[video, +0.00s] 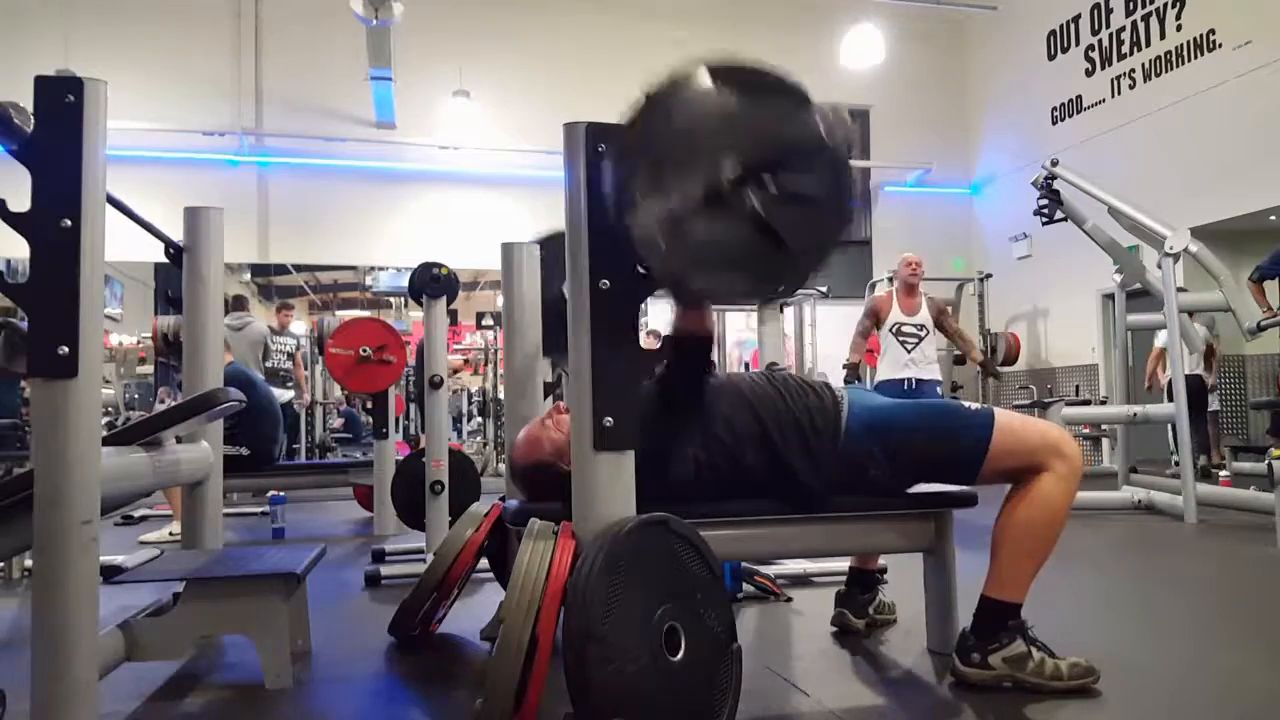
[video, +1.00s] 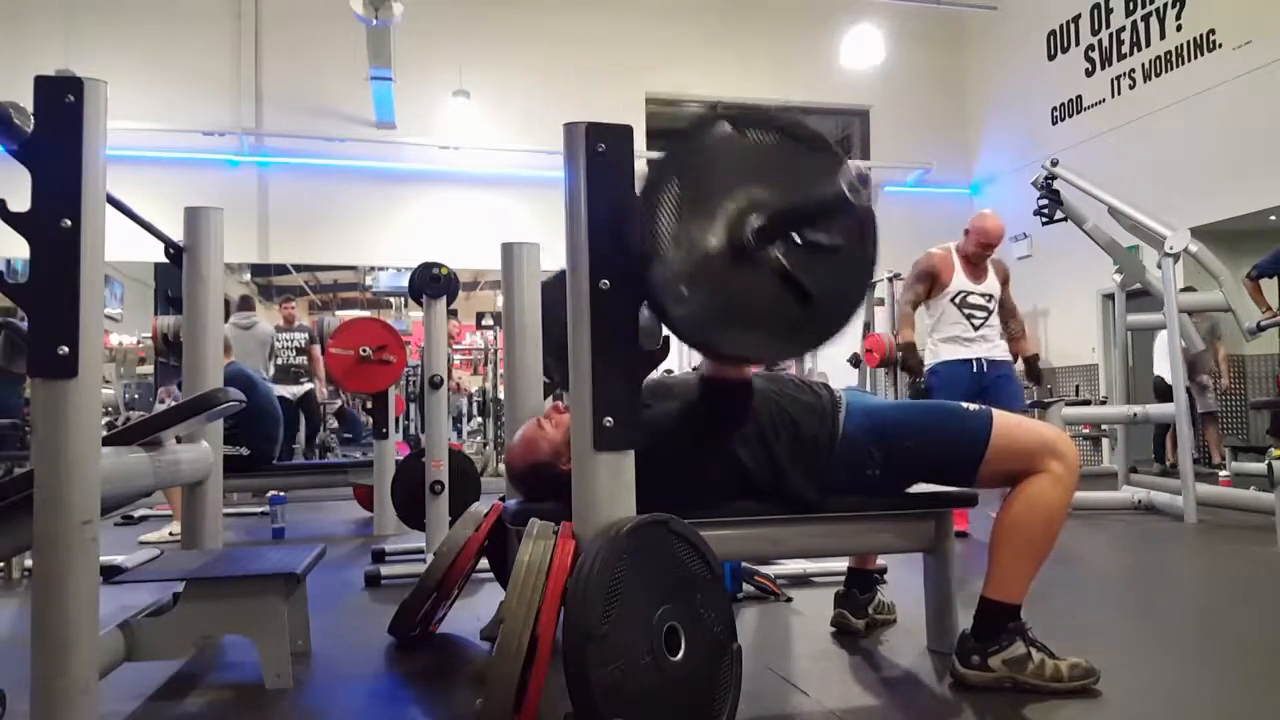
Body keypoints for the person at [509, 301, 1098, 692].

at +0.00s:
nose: (559, 407)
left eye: (548, 411)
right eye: (552, 419)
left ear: (563, 455)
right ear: (570, 450)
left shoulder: (617, 440)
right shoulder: (638, 453)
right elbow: (691, 344)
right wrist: (699, 248)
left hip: (818, 424)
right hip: (847, 430)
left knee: (904, 430)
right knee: (1058, 452)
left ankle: (861, 591)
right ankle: (994, 639)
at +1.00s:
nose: (553, 410)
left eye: (544, 413)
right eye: (544, 425)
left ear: (561, 421)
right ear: (555, 461)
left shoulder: (607, 436)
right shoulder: (617, 460)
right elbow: (714, 408)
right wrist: (731, 306)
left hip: (814, 430)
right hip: (837, 435)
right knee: (1055, 456)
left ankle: (860, 595)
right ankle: (993, 640)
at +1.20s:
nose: (549, 414)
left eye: (541, 417)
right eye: (542, 429)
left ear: (556, 420)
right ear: (556, 461)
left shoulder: (616, 419)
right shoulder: (612, 449)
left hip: (789, 432)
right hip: (820, 445)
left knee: (912, 436)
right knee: (1056, 454)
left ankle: (859, 594)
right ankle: (992, 640)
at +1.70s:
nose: (555, 404)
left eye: (545, 409)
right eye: (549, 418)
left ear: (562, 450)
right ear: (566, 451)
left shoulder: (616, 434)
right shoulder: (638, 442)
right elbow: (764, 457)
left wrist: (656, 384)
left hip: (806, 432)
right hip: (845, 440)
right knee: (1059, 456)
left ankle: (858, 595)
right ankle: (992, 641)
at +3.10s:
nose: (544, 412)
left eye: (533, 414)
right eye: (537, 430)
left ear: (550, 430)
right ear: (556, 467)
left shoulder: (604, 433)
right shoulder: (633, 452)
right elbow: (693, 325)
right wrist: (700, 220)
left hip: (805, 429)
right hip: (835, 437)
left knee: (903, 450)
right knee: (1049, 450)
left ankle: (860, 592)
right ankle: (993, 642)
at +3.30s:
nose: (542, 413)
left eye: (533, 417)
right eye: (535, 427)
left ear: (548, 445)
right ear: (549, 461)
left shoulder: (603, 432)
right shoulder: (618, 443)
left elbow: (715, 392)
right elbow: (724, 394)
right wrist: (729, 283)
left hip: (805, 431)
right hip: (830, 437)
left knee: (929, 430)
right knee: (1048, 452)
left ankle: (856, 594)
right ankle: (992, 639)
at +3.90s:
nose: (544, 407)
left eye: (532, 414)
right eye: (537, 426)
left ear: (552, 426)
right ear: (554, 459)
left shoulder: (609, 427)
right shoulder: (622, 453)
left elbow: (664, 388)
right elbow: (766, 466)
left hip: (794, 434)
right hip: (831, 448)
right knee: (1053, 455)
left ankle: (856, 592)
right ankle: (992, 638)